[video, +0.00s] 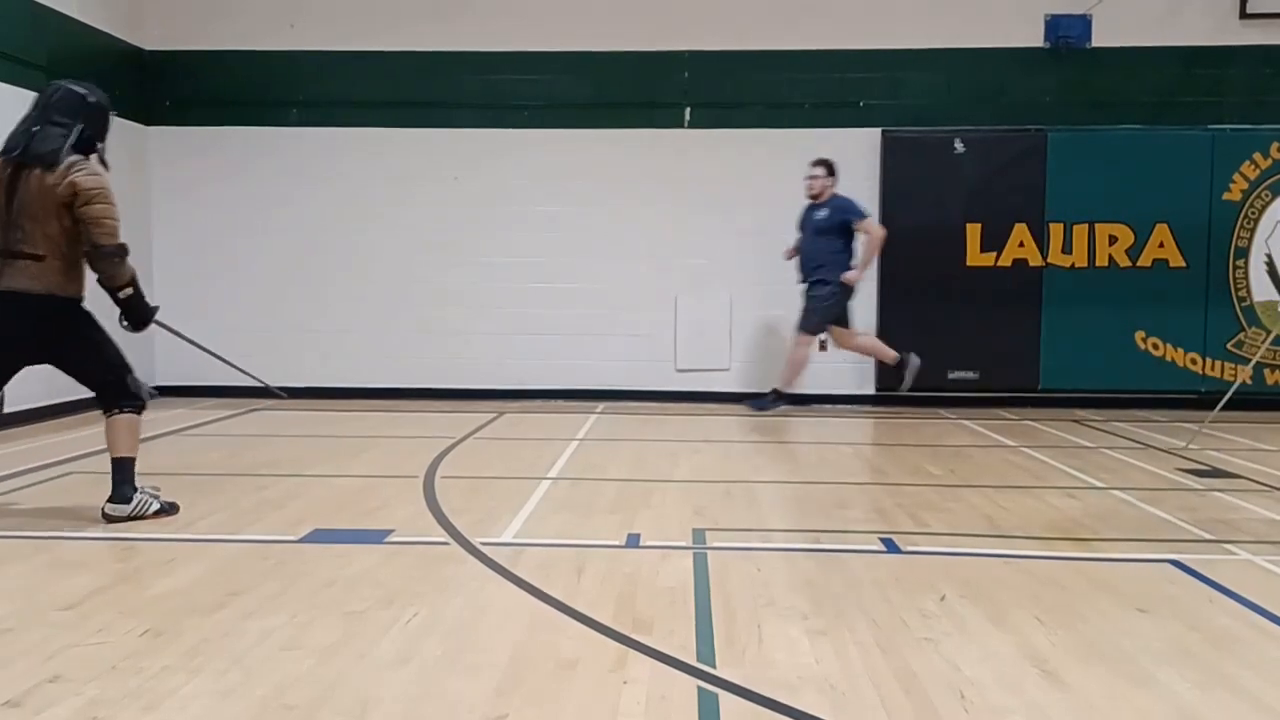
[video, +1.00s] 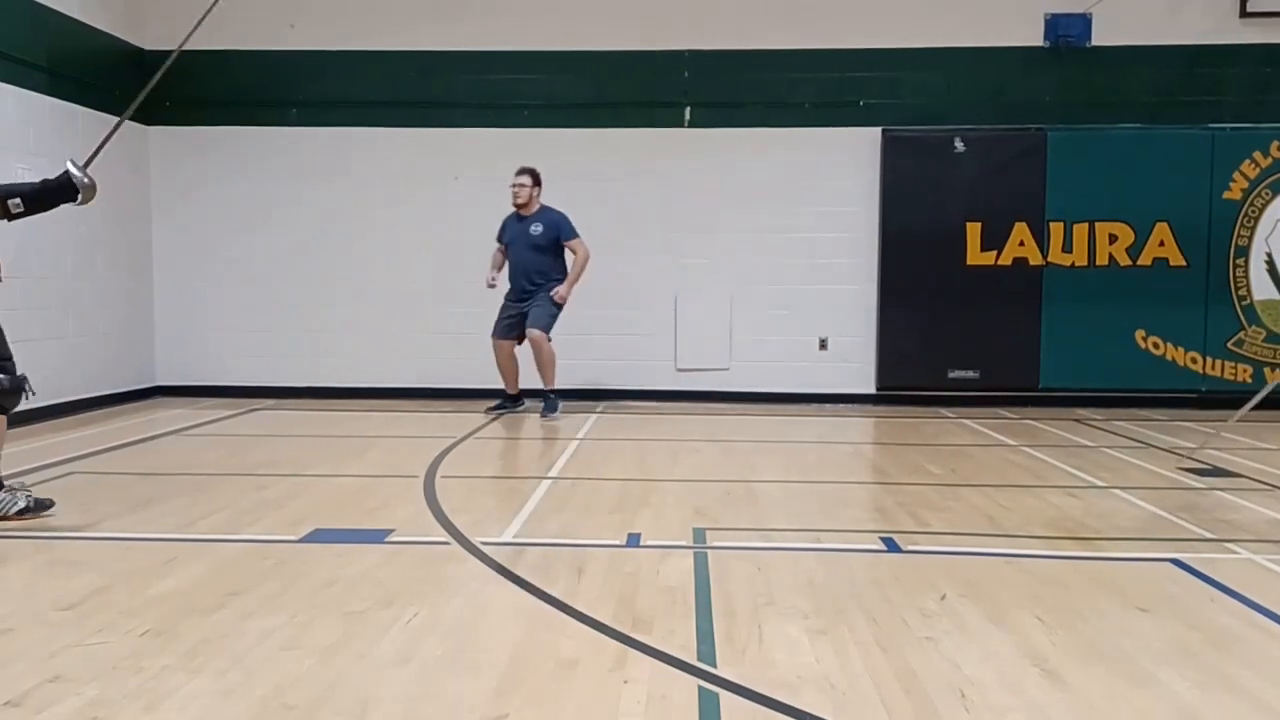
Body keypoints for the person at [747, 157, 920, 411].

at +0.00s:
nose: (810, 182)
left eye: (816, 178)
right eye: (808, 178)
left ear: (830, 181)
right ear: (806, 181)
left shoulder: (843, 206)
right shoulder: (810, 210)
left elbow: (877, 232)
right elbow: (812, 238)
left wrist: (859, 270)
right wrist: (796, 249)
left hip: (833, 283)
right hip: (818, 283)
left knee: (804, 337)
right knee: (844, 338)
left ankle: (780, 393)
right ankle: (901, 362)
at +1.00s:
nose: (516, 191)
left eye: (522, 186)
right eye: (513, 186)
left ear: (536, 190)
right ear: (511, 189)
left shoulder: (555, 219)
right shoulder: (509, 222)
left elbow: (582, 253)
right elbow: (501, 250)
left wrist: (567, 286)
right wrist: (494, 270)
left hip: (547, 292)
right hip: (517, 295)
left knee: (535, 333)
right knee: (501, 340)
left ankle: (550, 396)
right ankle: (512, 397)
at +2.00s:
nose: (308, 179)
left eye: (314, 174)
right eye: (305, 173)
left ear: (330, 177)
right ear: (302, 176)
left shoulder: (351, 208)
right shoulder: (296, 210)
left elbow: (388, 235)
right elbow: (284, 240)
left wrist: (376, 275)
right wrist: (292, 259)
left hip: (347, 290)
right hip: (319, 292)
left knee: (314, 342)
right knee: (335, 342)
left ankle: (299, 404)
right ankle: (378, 374)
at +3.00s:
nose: (429, 90)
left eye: (426, 80)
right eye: (420, 80)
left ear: (390, 87)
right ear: (397, 86)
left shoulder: (397, 141)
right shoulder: (375, 144)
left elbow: (388, 220)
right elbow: (352, 217)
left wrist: (409, 281)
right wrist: (391, 286)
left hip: (394, 286)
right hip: (371, 287)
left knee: (428, 380)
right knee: (365, 395)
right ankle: (333, 496)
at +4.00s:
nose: (616, 98)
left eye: (613, 89)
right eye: (610, 90)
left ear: (566, 97)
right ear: (593, 96)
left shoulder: (554, 146)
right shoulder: (586, 143)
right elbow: (648, 166)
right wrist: (723, 167)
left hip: (570, 290)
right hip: (602, 288)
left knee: (586, 383)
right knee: (640, 390)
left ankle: (552, 488)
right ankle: (634, 496)